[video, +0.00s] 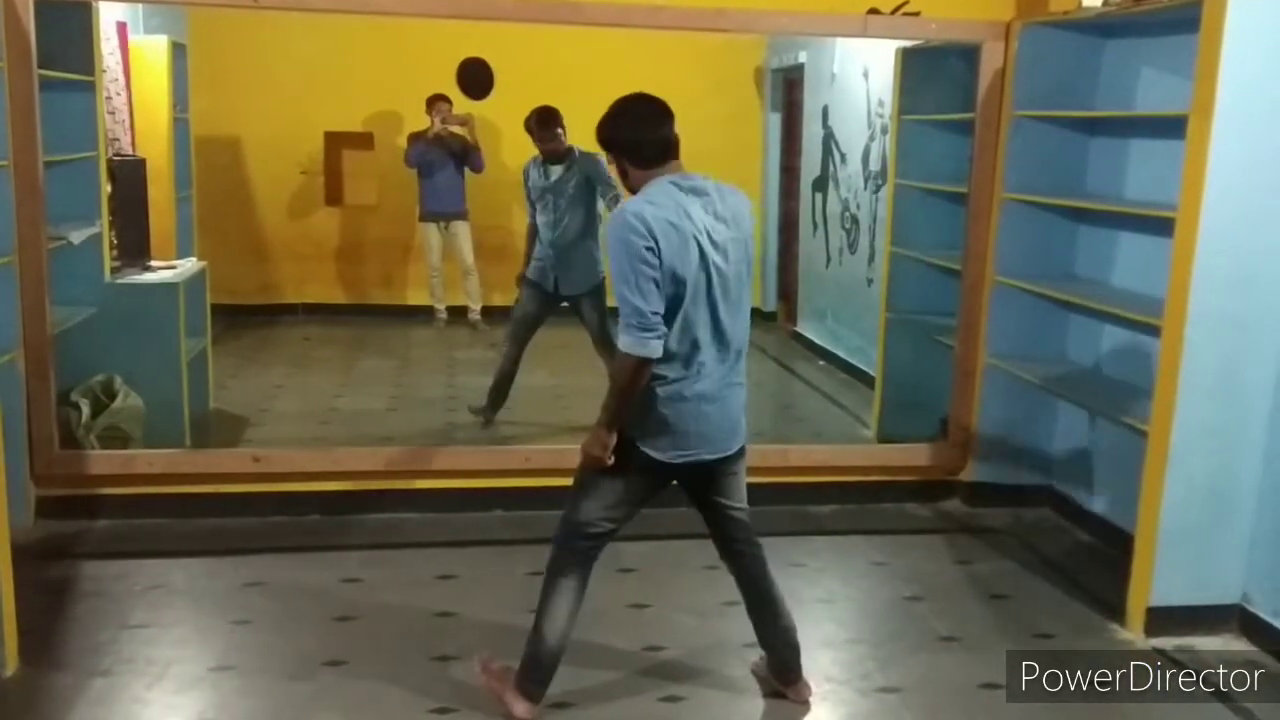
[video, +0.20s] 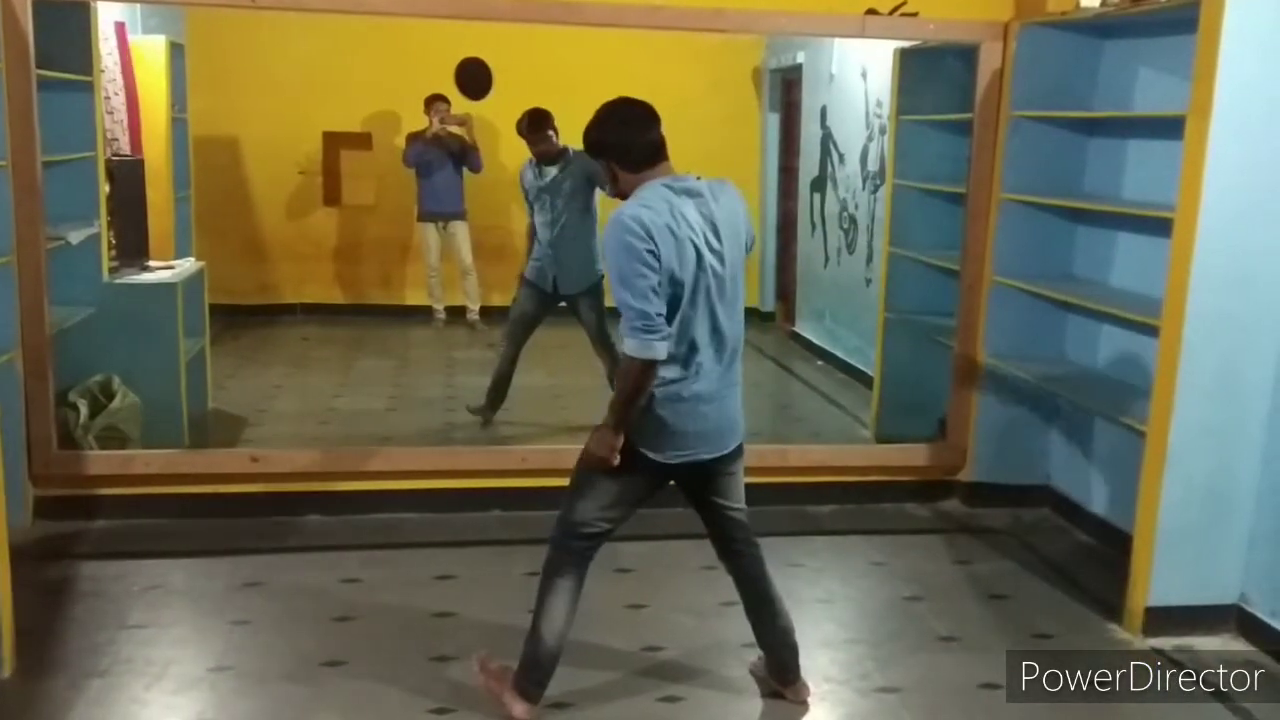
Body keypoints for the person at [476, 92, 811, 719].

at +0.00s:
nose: (613, 168)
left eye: (610, 159)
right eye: (612, 159)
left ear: (618, 161)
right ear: (677, 146)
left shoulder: (632, 221)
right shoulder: (733, 203)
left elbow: (641, 344)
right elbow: (729, 308)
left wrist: (606, 425)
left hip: (658, 422)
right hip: (723, 417)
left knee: (578, 544)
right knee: (740, 541)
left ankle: (527, 687)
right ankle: (789, 675)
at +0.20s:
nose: (602, 180)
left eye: (599, 168)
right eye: (598, 169)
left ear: (612, 166)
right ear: (663, 147)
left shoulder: (631, 224)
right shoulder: (724, 197)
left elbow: (646, 346)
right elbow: (738, 250)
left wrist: (612, 426)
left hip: (657, 424)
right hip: (720, 419)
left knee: (574, 544)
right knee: (738, 541)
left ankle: (526, 686)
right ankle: (787, 675)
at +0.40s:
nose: (598, 181)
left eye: (596, 170)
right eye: (596, 170)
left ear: (608, 170)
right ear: (661, 150)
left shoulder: (631, 229)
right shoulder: (716, 198)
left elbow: (656, 345)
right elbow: (741, 209)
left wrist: (624, 430)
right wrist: (713, 180)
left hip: (654, 423)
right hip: (719, 418)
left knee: (574, 544)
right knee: (740, 541)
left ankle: (525, 687)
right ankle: (789, 677)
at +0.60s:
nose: (598, 181)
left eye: (596, 170)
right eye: (596, 170)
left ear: (608, 171)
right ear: (663, 152)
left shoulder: (631, 229)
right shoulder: (715, 197)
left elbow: (659, 343)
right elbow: (743, 186)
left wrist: (626, 428)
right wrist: (725, 152)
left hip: (654, 421)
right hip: (719, 417)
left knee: (572, 545)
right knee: (741, 541)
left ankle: (525, 687)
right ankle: (789, 675)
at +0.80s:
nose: (598, 176)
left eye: (597, 165)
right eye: (597, 165)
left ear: (609, 167)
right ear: (665, 152)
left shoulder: (629, 229)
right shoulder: (716, 197)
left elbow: (652, 344)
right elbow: (747, 175)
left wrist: (620, 425)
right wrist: (728, 128)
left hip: (653, 421)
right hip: (718, 416)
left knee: (570, 544)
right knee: (741, 542)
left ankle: (525, 686)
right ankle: (788, 676)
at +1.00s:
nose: (603, 169)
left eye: (602, 159)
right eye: (605, 157)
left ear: (612, 163)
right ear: (668, 148)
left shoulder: (625, 230)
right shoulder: (719, 198)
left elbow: (641, 345)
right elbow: (755, 171)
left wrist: (608, 414)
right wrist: (731, 115)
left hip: (649, 420)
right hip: (717, 415)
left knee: (566, 544)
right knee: (741, 543)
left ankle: (524, 685)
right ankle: (788, 675)